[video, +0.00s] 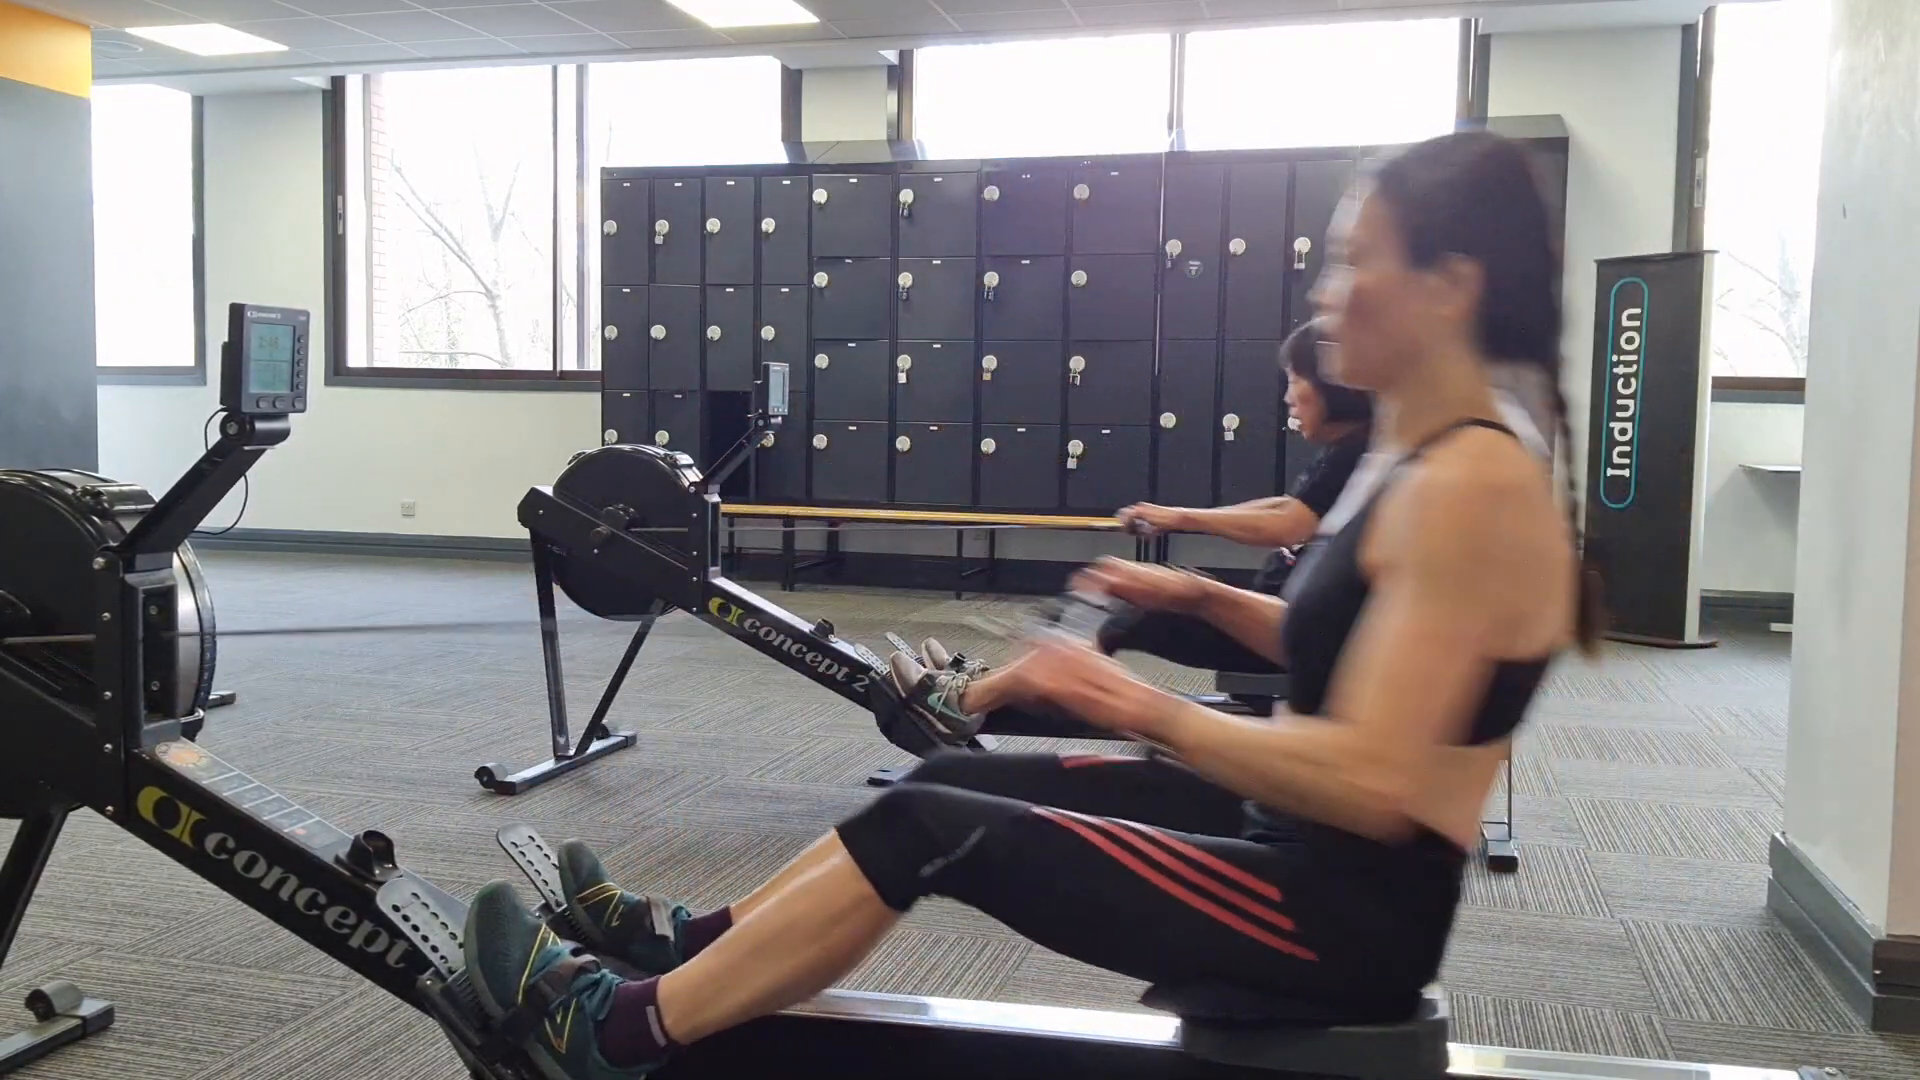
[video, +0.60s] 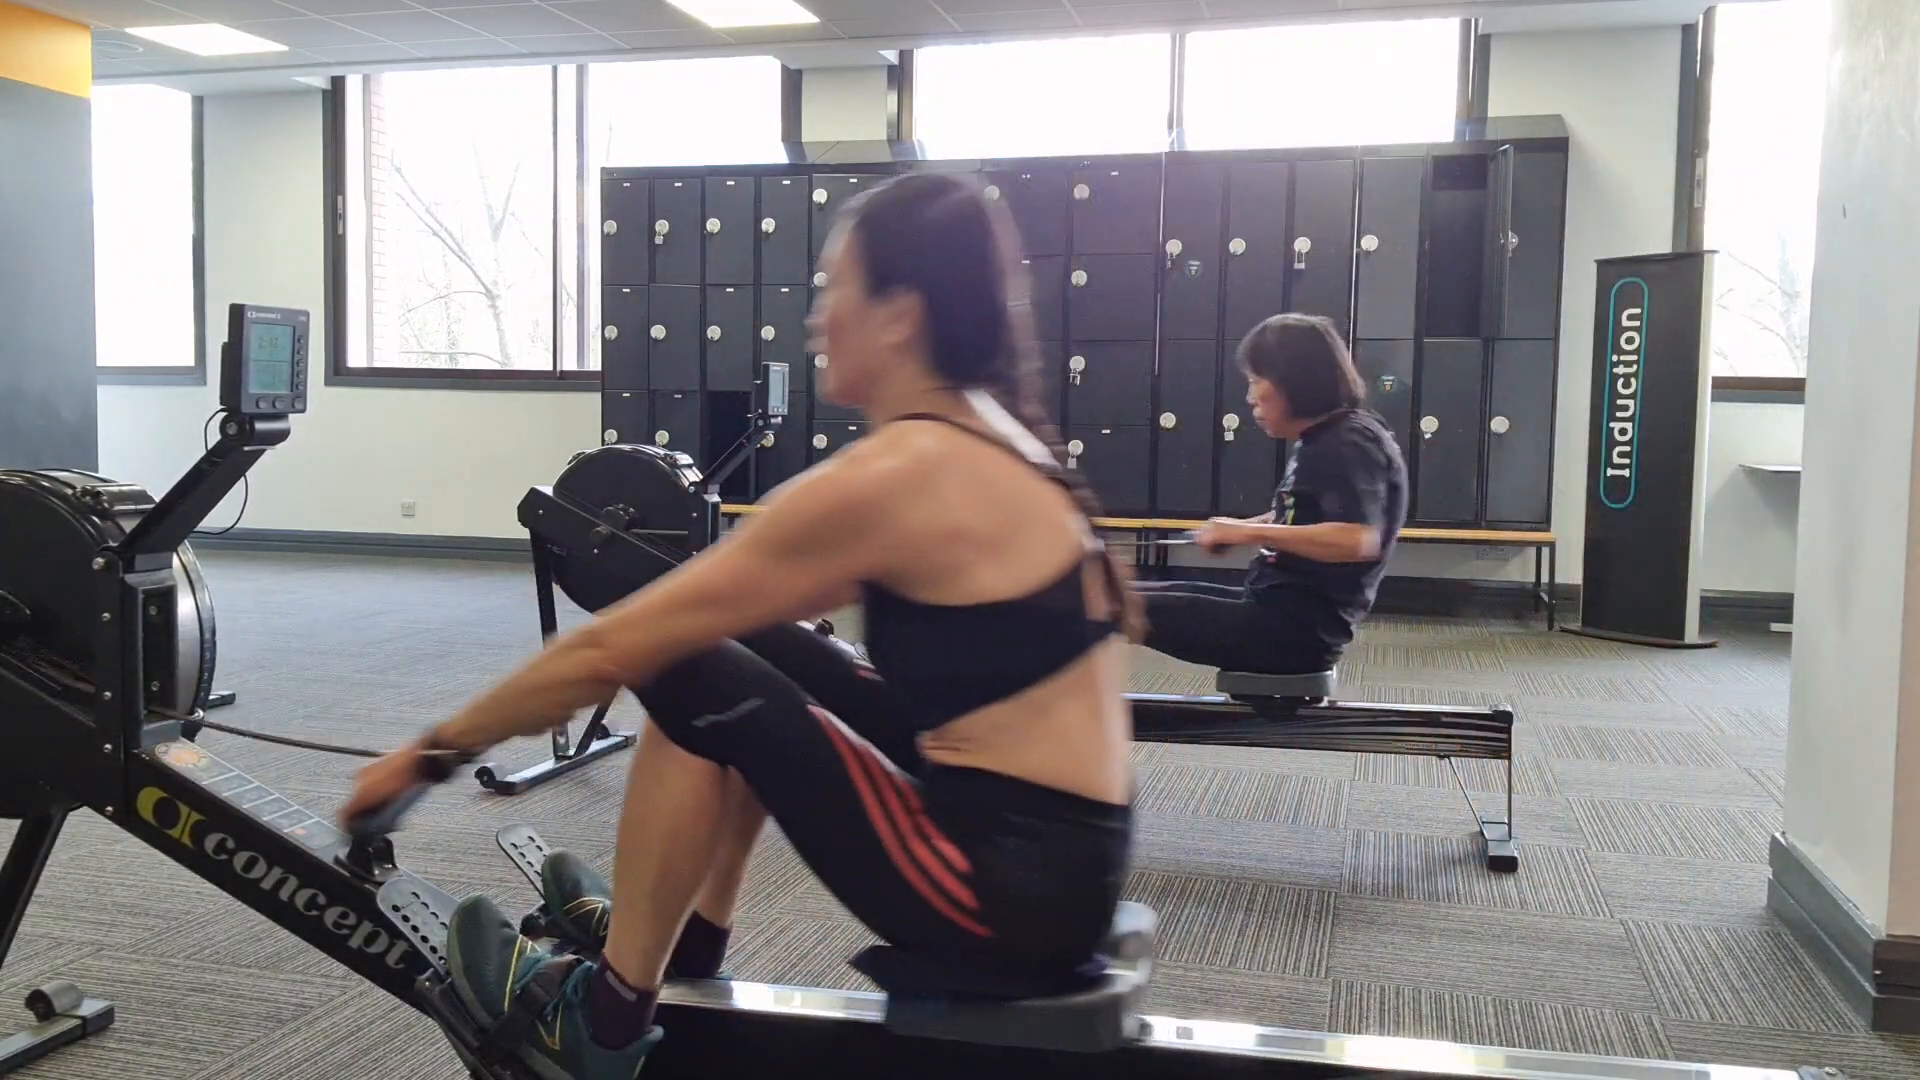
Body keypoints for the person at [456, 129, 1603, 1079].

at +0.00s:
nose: (1322, 296)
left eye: (1350, 262)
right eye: (1329, 264)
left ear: (1455, 284)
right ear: (1429, 284)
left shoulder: (1477, 486)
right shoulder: (1420, 466)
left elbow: (1385, 782)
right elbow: (1350, 715)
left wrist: (1128, 708)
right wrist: (1151, 675)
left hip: (1340, 916)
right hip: (1303, 855)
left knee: (937, 816)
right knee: (953, 776)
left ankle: (638, 1033)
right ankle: (693, 958)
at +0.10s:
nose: (1238, 286)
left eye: (1267, 256)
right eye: (1244, 256)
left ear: (1363, 281)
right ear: (1339, 283)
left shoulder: (1373, 470)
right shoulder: (1353, 451)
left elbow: (1210, 742)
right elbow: (1263, 640)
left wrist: (1002, 663)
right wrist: (1109, 571)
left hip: (1294, 908)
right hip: (1280, 855)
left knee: (910, 788)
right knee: (933, 743)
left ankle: (643, 1026)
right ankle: (699, 968)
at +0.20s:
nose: (1145, 286)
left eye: (1172, 258)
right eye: (1154, 258)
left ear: (1259, 280)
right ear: (1255, 284)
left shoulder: (1253, 467)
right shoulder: (1297, 447)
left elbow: (1052, 708)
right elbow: (1180, 608)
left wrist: (858, 651)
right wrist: (991, 558)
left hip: (1242, 906)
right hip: (1256, 868)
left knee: (874, 765)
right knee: (893, 744)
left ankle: (633, 1022)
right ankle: (675, 977)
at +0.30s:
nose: (1053, 292)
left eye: (1077, 264)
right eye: (1060, 264)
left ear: (1166, 285)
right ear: (1161, 288)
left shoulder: (1152, 468)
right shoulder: (1210, 449)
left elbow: (916, 692)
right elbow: (1075, 597)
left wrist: (731, 677)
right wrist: (874, 581)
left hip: (1176, 914)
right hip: (1209, 868)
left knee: (831, 741)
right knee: (871, 704)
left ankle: (630, 1013)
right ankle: (667, 961)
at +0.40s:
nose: (963, 297)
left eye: (985, 269)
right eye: (971, 270)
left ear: (1067, 296)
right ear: (1064, 298)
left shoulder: (1058, 473)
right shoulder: (1130, 435)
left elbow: (799, 679)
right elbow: (982, 574)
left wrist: (620, 704)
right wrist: (801, 600)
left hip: (1110, 898)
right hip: (1141, 853)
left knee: (790, 716)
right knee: (837, 678)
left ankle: (618, 1013)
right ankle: (683, 944)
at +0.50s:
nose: (888, 317)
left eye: (907, 287)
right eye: (893, 288)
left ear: (985, 304)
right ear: (985, 306)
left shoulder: (974, 474)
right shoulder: (1064, 432)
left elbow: (706, 653)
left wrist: (518, 737)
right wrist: (688, 642)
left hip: (1050, 894)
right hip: (1104, 861)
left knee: (731, 692)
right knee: (782, 644)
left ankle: (615, 1011)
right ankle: (695, 937)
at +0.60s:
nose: (815, 323)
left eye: (833, 294)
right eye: (821, 294)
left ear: (906, 315)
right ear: (917, 317)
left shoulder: (893, 480)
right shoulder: (998, 441)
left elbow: (614, 652)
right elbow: (773, 596)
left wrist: (435, 750)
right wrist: (628, 645)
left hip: (997, 903)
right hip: (1064, 871)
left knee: (695, 680)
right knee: (761, 644)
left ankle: (609, 1006)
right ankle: (689, 941)